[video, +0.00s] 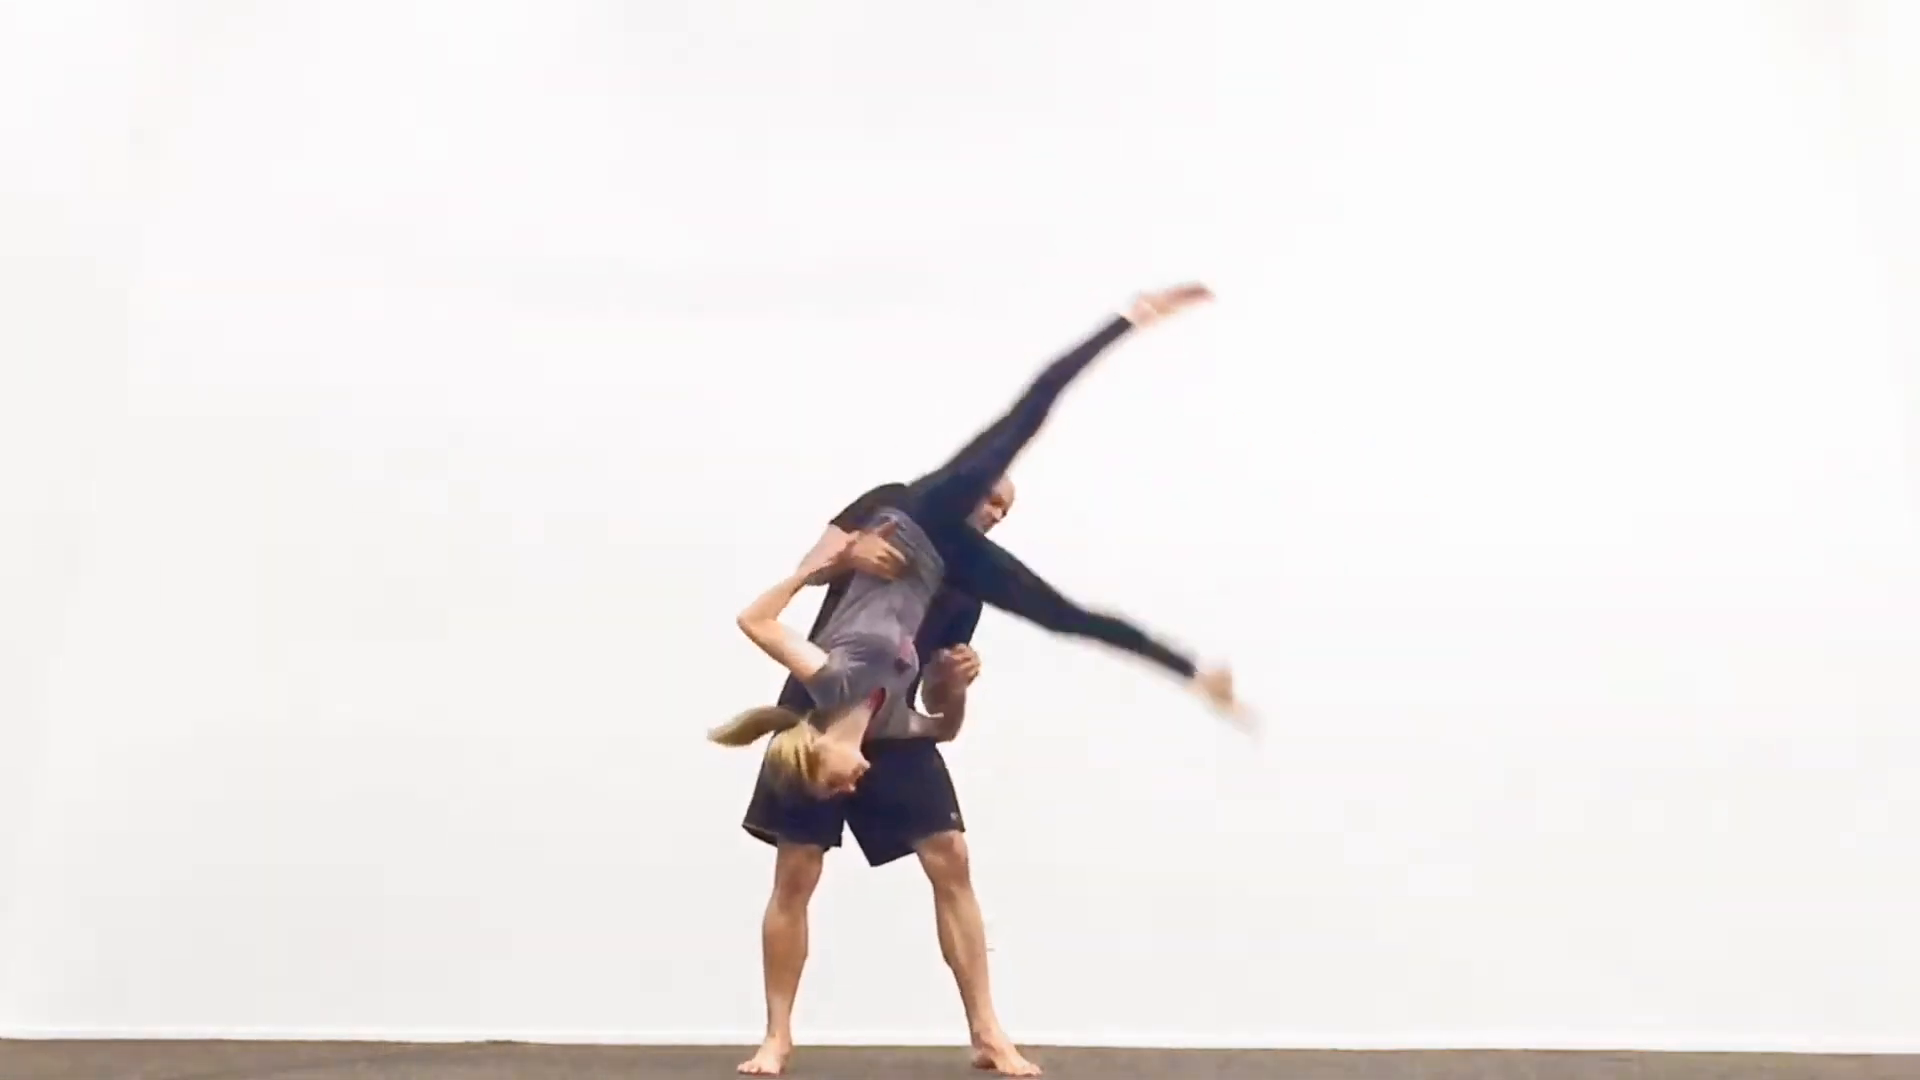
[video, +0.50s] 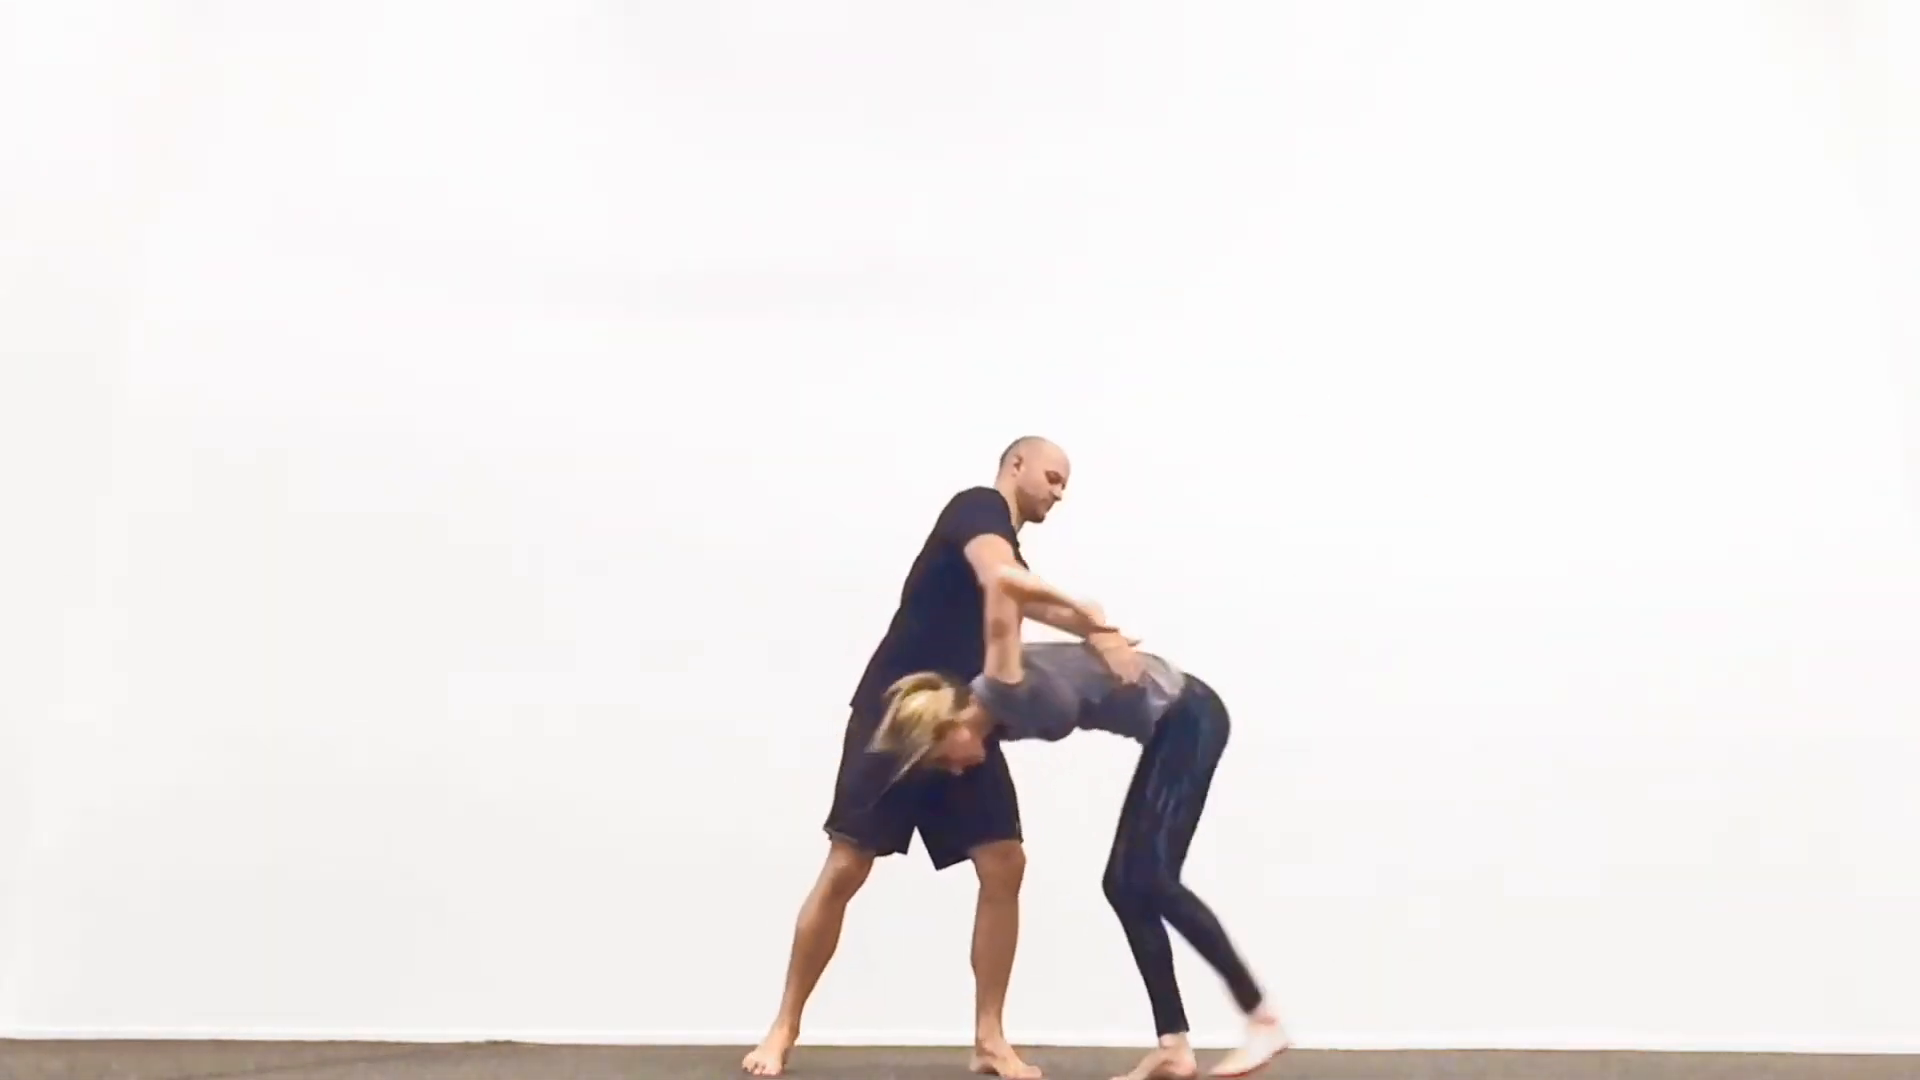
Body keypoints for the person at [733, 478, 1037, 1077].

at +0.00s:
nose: (992, 517)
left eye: (1001, 511)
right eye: (989, 501)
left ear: (999, 517)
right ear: (964, 490)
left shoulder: (966, 590)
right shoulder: (885, 512)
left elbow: (946, 716)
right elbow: (809, 567)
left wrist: (953, 687)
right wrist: (852, 550)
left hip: (899, 723)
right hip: (820, 715)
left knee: (950, 857)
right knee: (796, 875)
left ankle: (986, 1033)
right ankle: (776, 1038)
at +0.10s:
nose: (1013, 519)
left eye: (1019, 511)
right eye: (1005, 503)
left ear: (1016, 514)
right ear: (967, 490)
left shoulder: (992, 595)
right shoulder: (909, 508)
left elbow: (958, 724)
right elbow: (833, 573)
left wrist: (971, 685)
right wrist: (894, 567)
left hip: (918, 727)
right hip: (833, 712)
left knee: (967, 861)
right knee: (806, 875)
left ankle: (990, 1037)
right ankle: (777, 1038)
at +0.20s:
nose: (1025, 519)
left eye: (1031, 513)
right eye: (1021, 504)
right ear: (985, 487)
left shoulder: (987, 585)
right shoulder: (928, 512)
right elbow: (873, 587)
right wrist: (946, 594)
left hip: (932, 729)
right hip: (854, 720)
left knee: (984, 863)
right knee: (816, 878)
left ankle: (991, 1038)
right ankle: (779, 1036)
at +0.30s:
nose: (1038, 513)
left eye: (1044, 506)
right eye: (1034, 497)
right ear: (996, 482)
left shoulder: (1001, 584)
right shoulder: (944, 513)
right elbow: (919, 587)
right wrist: (1001, 621)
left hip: (936, 729)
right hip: (865, 717)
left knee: (995, 864)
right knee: (825, 878)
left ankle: (991, 1039)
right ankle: (781, 1035)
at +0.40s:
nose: (1050, 502)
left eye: (1055, 496)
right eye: (1044, 488)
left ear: (1021, 486)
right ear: (1006, 474)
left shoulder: (1008, 575)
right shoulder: (963, 512)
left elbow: (995, 655)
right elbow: (971, 595)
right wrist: (1053, 641)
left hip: (950, 724)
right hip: (883, 715)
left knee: (1001, 864)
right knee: (833, 876)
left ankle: (991, 1038)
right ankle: (782, 1034)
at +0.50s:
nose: (1059, 491)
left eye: (1065, 485)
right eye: (1053, 477)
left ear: (1034, 481)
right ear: (1014, 465)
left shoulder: (1006, 545)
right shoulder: (977, 505)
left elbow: (1010, 632)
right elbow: (1000, 580)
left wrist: (1101, 640)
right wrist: (1095, 626)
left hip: (963, 709)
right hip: (896, 706)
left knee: (1005, 864)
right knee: (845, 870)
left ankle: (991, 1040)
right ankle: (783, 1029)